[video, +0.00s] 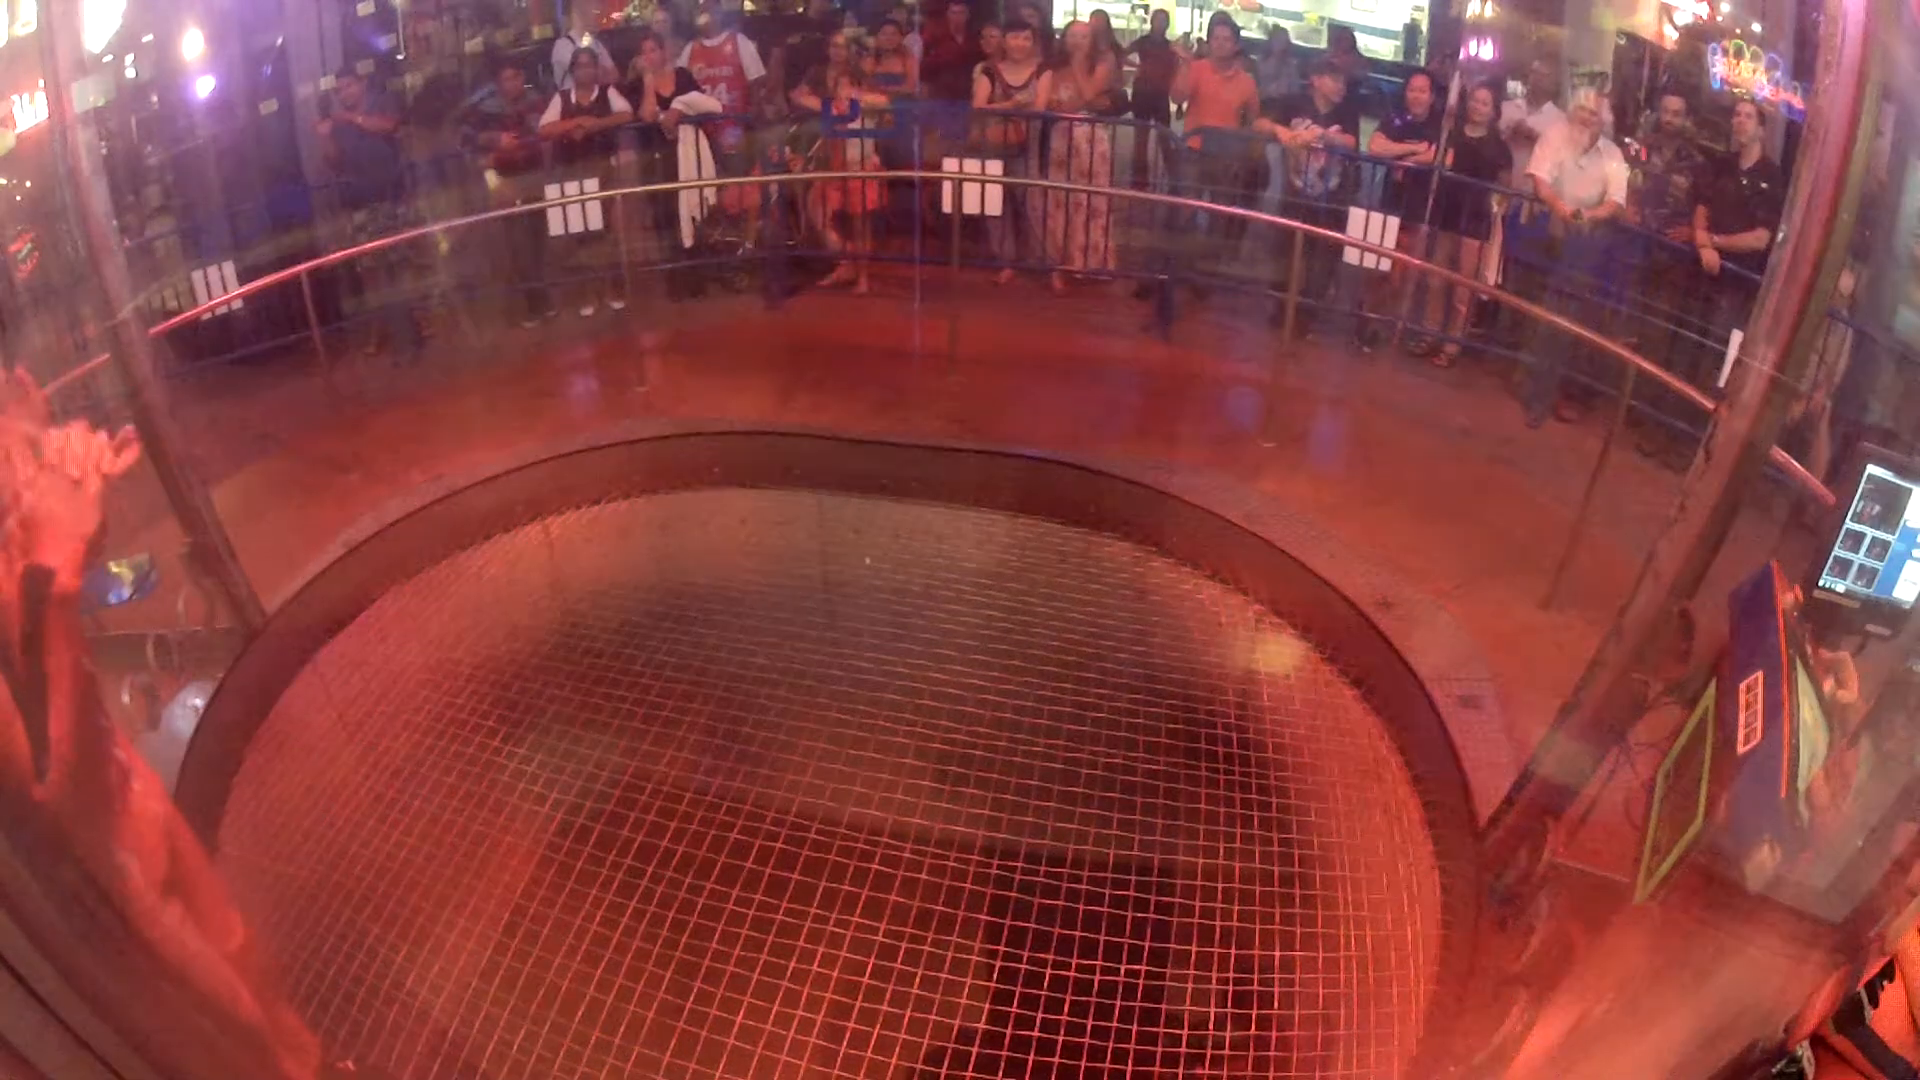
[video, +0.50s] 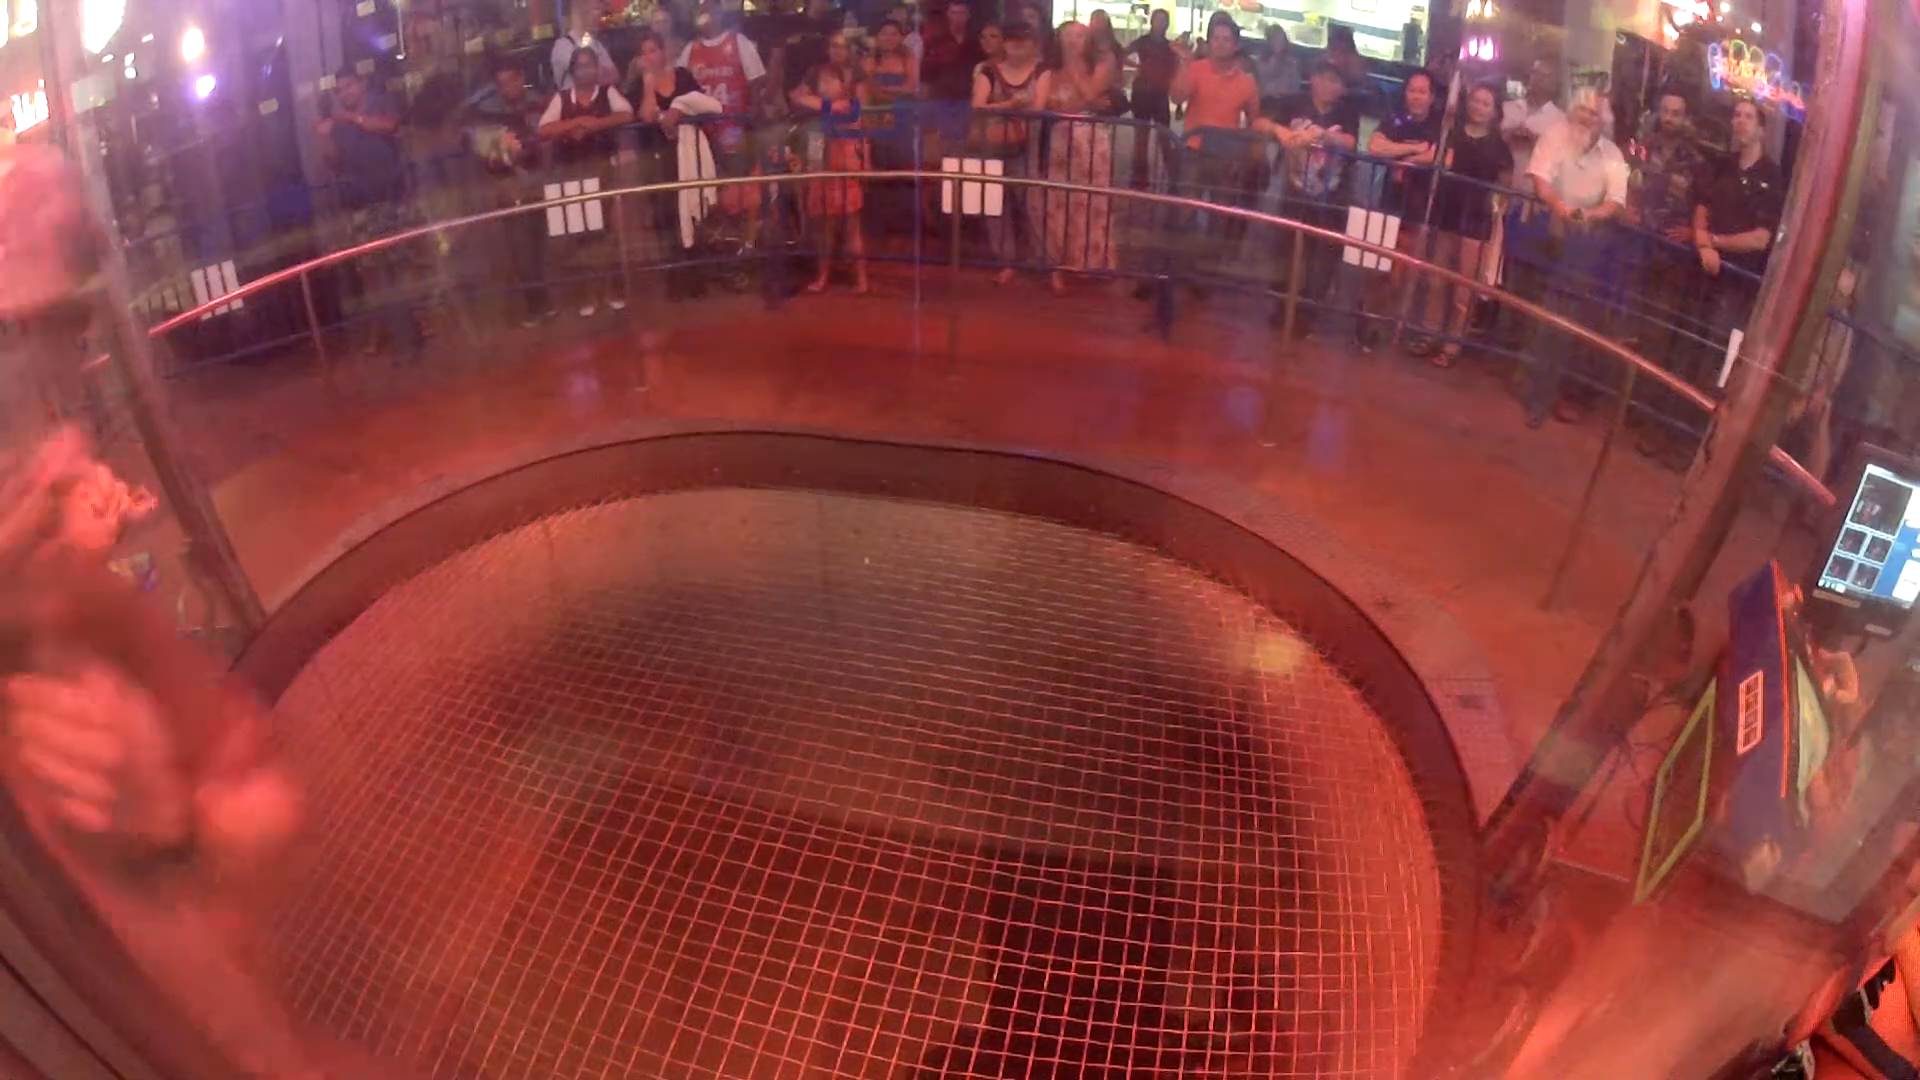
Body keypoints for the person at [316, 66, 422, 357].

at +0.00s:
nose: (346, 94)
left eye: (350, 87)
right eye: (340, 90)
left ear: (363, 85)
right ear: (338, 94)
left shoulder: (381, 106)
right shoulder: (339, 122)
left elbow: (389, 125)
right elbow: (335, 164)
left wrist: (352, 118)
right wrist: (326, 139)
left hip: (394, 197)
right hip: (361, 203)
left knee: (404, 263)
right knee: (370, 270)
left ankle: (416, 322)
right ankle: (379, 329)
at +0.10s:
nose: (346, 94)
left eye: (350, 87)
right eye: (340, 90)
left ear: (363, 85)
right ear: (338, 94)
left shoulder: (381, 106)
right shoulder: (339, 123)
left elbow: (389, 126)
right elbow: (335, 164)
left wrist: (353, 118)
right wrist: (326, 139)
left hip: (394, 197)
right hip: (360, 204)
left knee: (404, 263)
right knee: (370, 270)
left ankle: (417, 320)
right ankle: (378, 328)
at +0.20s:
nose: (346, 94)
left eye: (350, 87)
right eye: (341, 90)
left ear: (363, 85)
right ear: (338, 95)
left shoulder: (381, 107)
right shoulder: (339, 123)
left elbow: (390, 125)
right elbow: (335, 164)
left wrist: (353, 118)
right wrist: (327, 138)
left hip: (395, 196)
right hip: (361, 203)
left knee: (404, 262)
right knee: (370, 269)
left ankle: (418, 320)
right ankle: (379, 328)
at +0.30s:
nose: (346, 94)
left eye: (350, 87)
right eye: (341, 90)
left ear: (363, 85)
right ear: (338, 95)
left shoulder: (381, 105)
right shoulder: (339, 122)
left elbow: (390, 125)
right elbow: (335, 164)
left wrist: (353, 118)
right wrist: (327, 138)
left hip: (395, 196)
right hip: (361, 203)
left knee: (405, 262)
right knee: (370, 270)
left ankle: (418, 321)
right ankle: (379, 329)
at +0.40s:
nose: (346, 94)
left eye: (351, 87)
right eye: (341, 90)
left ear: (363, 85)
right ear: (338, 95)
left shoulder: (381, 107)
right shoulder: (339, 123)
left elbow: (390, 125)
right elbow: (335, 165)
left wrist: (353, 118)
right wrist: (327, 139)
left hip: (395, 197)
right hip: (361, 203)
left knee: (404, 263)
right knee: (370, 270)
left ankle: (417, 322)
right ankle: (379, 329)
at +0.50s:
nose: (346, 94)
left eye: (350, 87)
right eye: (341, 90)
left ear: (363, 85)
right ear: (338, 94)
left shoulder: (381, 104)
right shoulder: (339, 121)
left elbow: (390, 125)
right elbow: (335, 164)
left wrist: (353, 118)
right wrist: (327, 139)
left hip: (394, 196)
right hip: (361, 202)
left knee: (404, 263)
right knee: (370, 269)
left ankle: (416, 322)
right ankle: (379, 329)